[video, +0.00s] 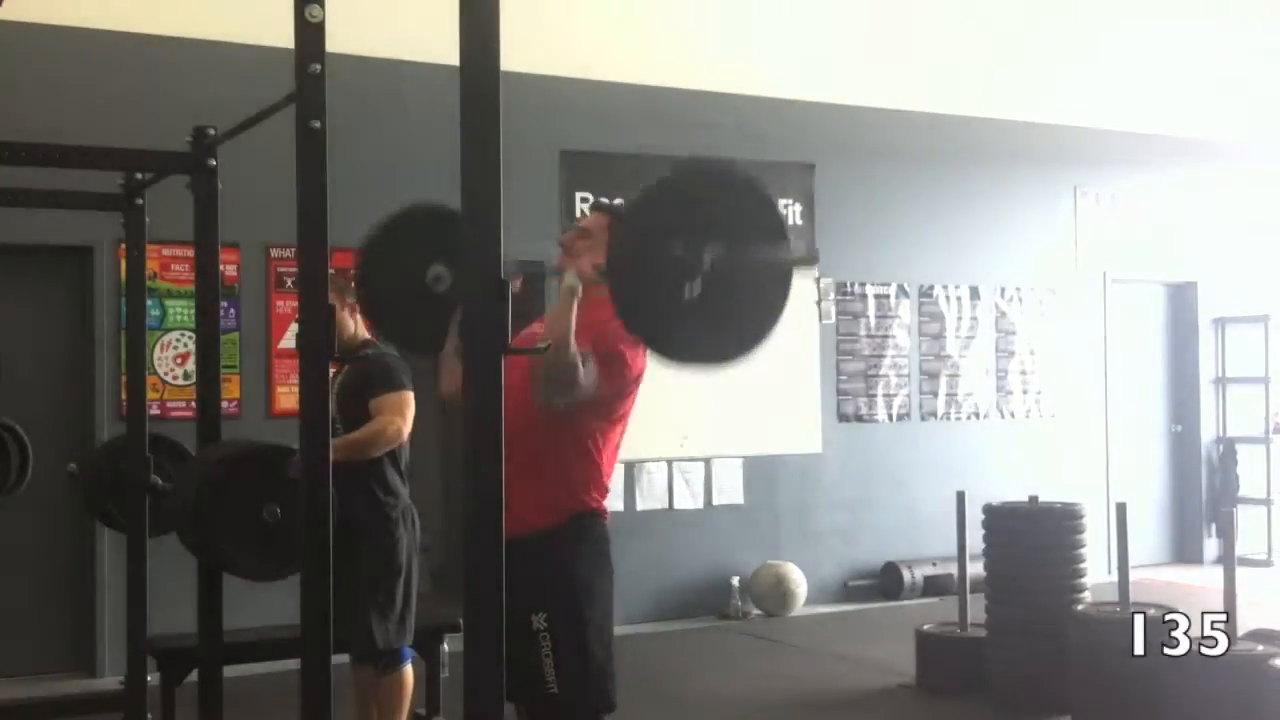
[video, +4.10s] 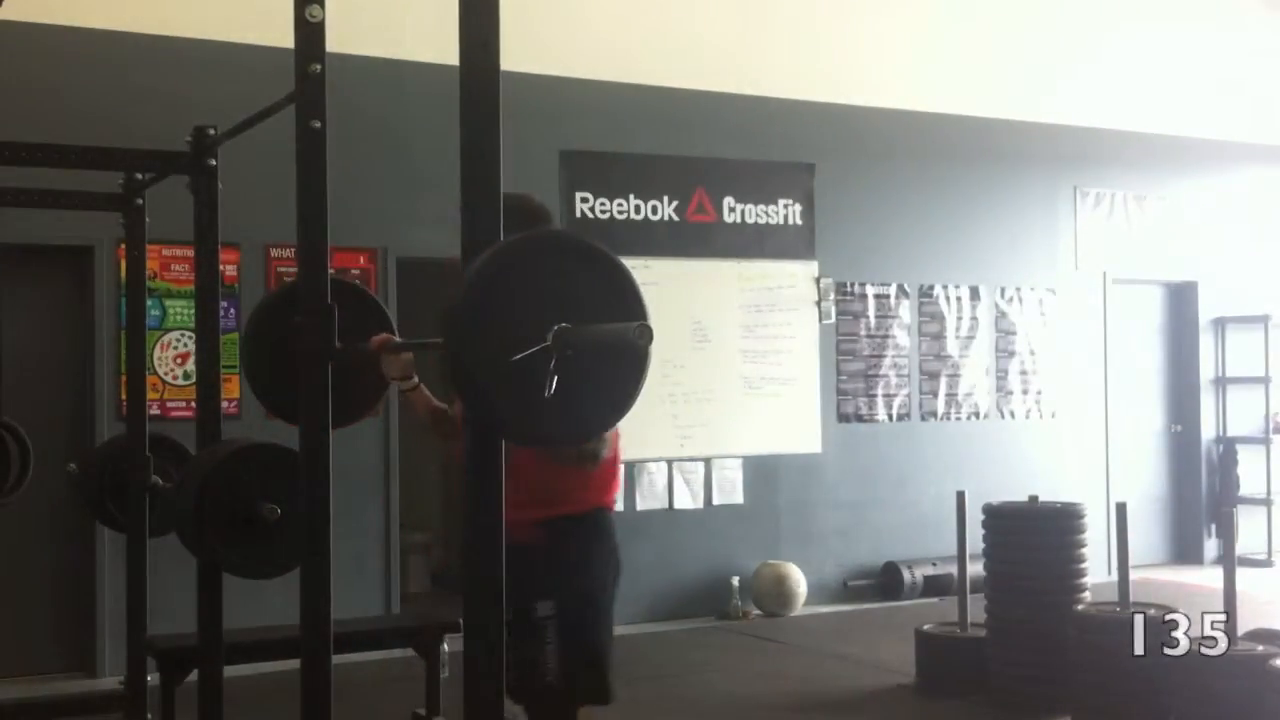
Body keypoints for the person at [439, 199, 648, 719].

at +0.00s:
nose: (566, 238)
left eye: (584, 234)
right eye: (571, 230)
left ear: (614, 257)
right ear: (571, 250)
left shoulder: (619, 330)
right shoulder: (539, 328)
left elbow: (558, 388)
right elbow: (453, 384)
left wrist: (568, 291)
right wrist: (466, 299)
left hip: (565, 533)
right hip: (508, 532)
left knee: (571, 698)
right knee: (518, 694)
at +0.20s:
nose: (572, 247)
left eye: (594, 238)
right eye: (573, 235)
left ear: (622, 261)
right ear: (563, 248)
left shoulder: (621, 328)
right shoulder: (528, 324)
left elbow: (564, 299)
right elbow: (453, 313)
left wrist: (576, 201)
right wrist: (484, 229)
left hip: (558, 532)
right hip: (498, 530)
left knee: (565, 698)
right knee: (502, 691)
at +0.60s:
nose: (507, 243)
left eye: (521, 234)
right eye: (507, 233)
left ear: (564, 241)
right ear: (509, 242)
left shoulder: (591, 307)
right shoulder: (498, 305)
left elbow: (597, 198)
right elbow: (474, 227)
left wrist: (596, 104)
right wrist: (499, 152)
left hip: (563, 527)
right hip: (495, 526)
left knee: (579, 695)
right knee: (507, 690)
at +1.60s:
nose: (573, 239)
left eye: (591, 232)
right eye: (575, 231)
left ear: (624, 260)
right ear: (563, 251)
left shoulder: (618, 326)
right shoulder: (530, 323)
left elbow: (562, 282)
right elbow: (456, 308)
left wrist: (576, 186)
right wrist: (488, 225)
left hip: (568, 527)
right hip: (503, 524)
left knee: (583, 686)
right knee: (508, 679)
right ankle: (535, 709)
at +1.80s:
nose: (577, 253)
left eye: (595, 245)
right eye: (578, 244)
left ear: (619, 268)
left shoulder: (623, 339)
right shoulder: (534, 335)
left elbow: (562, 350)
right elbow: (450, 361)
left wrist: (569, 264)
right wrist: (477, 282)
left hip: (565, 533)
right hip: (504, 530)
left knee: (573, 689)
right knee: (505, 683)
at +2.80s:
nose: (508, 257)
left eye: (525, 248)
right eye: (504, 243)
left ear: (553, 263)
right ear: (493, 248)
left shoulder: (550, 332)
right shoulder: (470, 331)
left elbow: (497, 433)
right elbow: (414, 433)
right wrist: (421, 349)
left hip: (503, 540)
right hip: (442, 538)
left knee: (493, 692)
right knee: (444, 692)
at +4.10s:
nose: (495, 266)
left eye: (507, 249)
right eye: (484, 251)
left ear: (537, 250)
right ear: (481, 262)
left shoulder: (581, 326)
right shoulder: (490, 334)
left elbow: (591, 449)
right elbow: (455, 430)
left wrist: (498, 415)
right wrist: (406, 380)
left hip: (575, 523)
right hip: (502, 522)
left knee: (574, 688)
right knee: (515, 683)